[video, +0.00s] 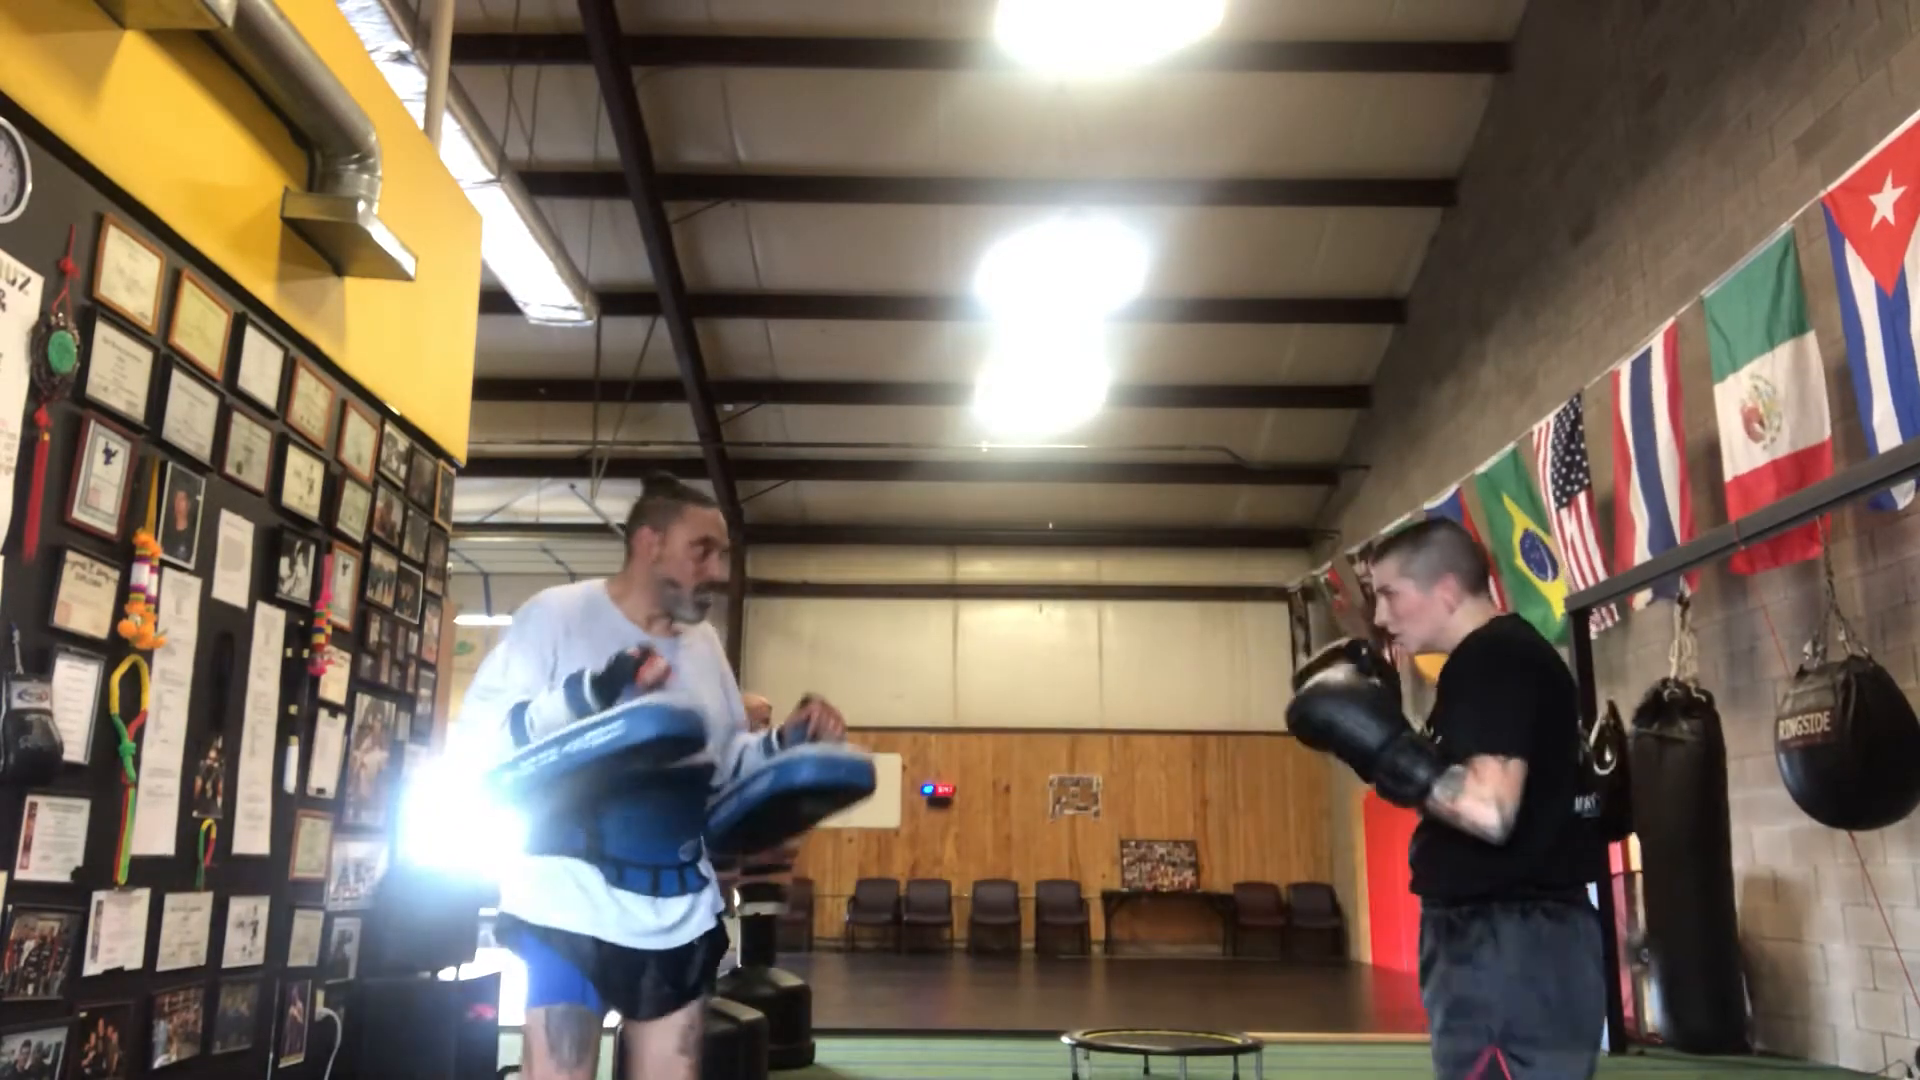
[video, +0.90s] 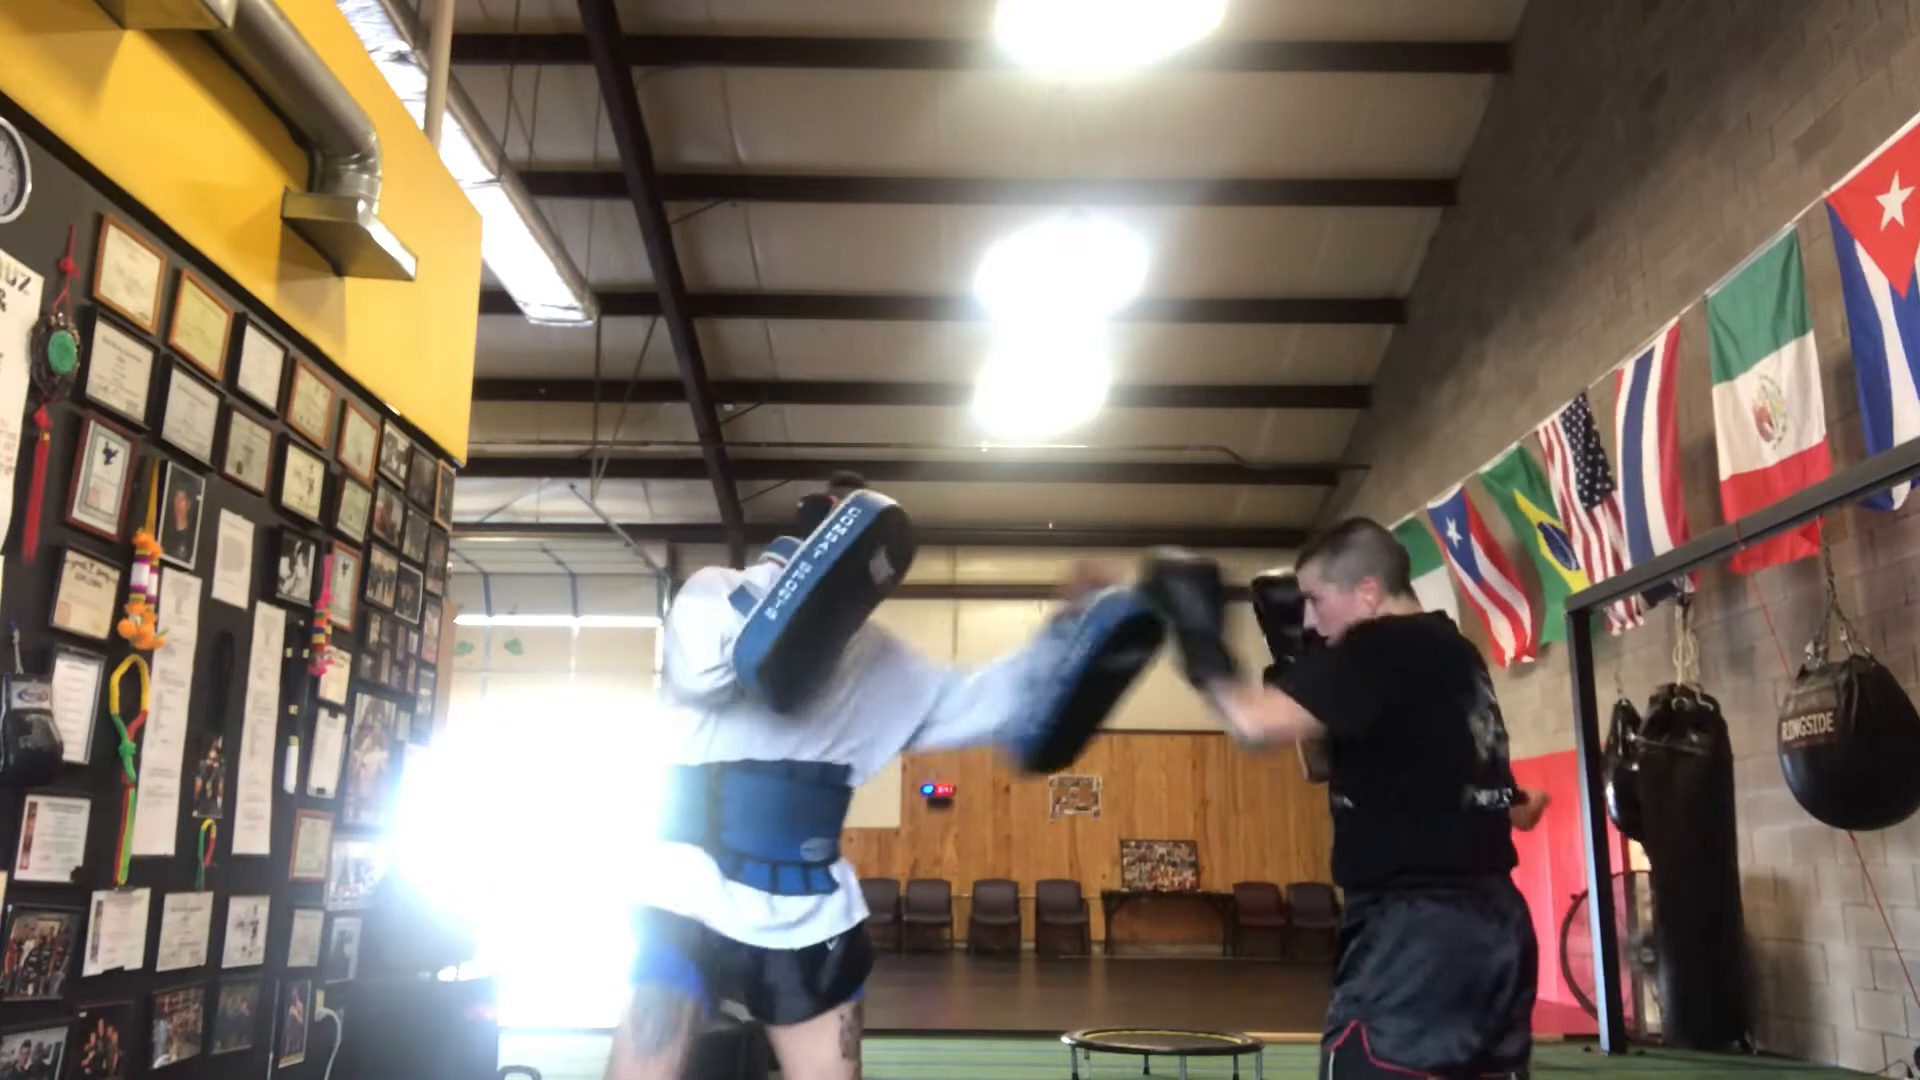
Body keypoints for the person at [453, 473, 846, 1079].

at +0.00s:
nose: (719, 570)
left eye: (723, 555)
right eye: (703, 549)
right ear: (646, 543)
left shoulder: (703, 645)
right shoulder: (556, 615)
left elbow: (728, 762)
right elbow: (475, 741)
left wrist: (790, 737)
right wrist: (591, 694)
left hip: (680, 917)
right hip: (566, 910)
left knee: (672, 1072)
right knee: (560, 1073)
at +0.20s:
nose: (722, 576)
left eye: (726, 561)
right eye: (707, 555)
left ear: (654, 545)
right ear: (650, 544)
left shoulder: (696, 644)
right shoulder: (555, 608)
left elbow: (731, 760)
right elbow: (522, 752)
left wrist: (789, 682)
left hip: (691, 904)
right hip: (575, 905)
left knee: (757, 1063)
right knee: (570, 1074)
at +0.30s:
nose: (723, 577)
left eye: (730, 564)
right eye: (716, 556)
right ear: (668, 537)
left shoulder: (694, 633)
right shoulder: (567, 598)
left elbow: (733, 748)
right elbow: (583, 726)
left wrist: (794, 654)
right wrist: (680, 602)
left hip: (694, 899)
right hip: (581, 901)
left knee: (776, 1055)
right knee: (569, 1072)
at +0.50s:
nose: (729, 568)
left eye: (744, 558)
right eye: (722, 552)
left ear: (744, 565)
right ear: (694, 543)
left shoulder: (731, 644)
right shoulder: (607, 593)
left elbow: (777, 746)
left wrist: (840, 643)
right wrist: (738, 560)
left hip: (713, 911)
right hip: (602, 910)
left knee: (776, 1069)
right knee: (581, 1072)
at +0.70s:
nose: (795, 559)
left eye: (809, 549)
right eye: (786, 541)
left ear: (818, 562)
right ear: (750, 541)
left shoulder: (792, 665)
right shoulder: (664, 598)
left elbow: (830, 780)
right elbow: (697, 689)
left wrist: (902, 699)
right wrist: (764, 569)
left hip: (774, 927)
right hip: (658, 922)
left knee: (808, 1068)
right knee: (616, 1071)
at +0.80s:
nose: (861, 566)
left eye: (866, 551)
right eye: (849, 540)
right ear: (812, 533)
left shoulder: (839, 663)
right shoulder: (692, 590)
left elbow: (895, 750)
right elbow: (702, 673)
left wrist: (971, 669)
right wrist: (783, 571)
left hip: (797, 916)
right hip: (673, 909)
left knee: (822, 1066)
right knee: (631, 1068)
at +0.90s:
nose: (849, 563)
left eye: (861, 552)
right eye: (836, 541)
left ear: (875, 568)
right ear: (805, 539)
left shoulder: (882, 660)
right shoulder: (717, 592)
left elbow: (987, 702)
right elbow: (695, 667)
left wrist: (1071, 629)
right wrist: (802, 580)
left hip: (808, 899)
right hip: (687, 887)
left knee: (827, 1067)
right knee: (645, 1061)